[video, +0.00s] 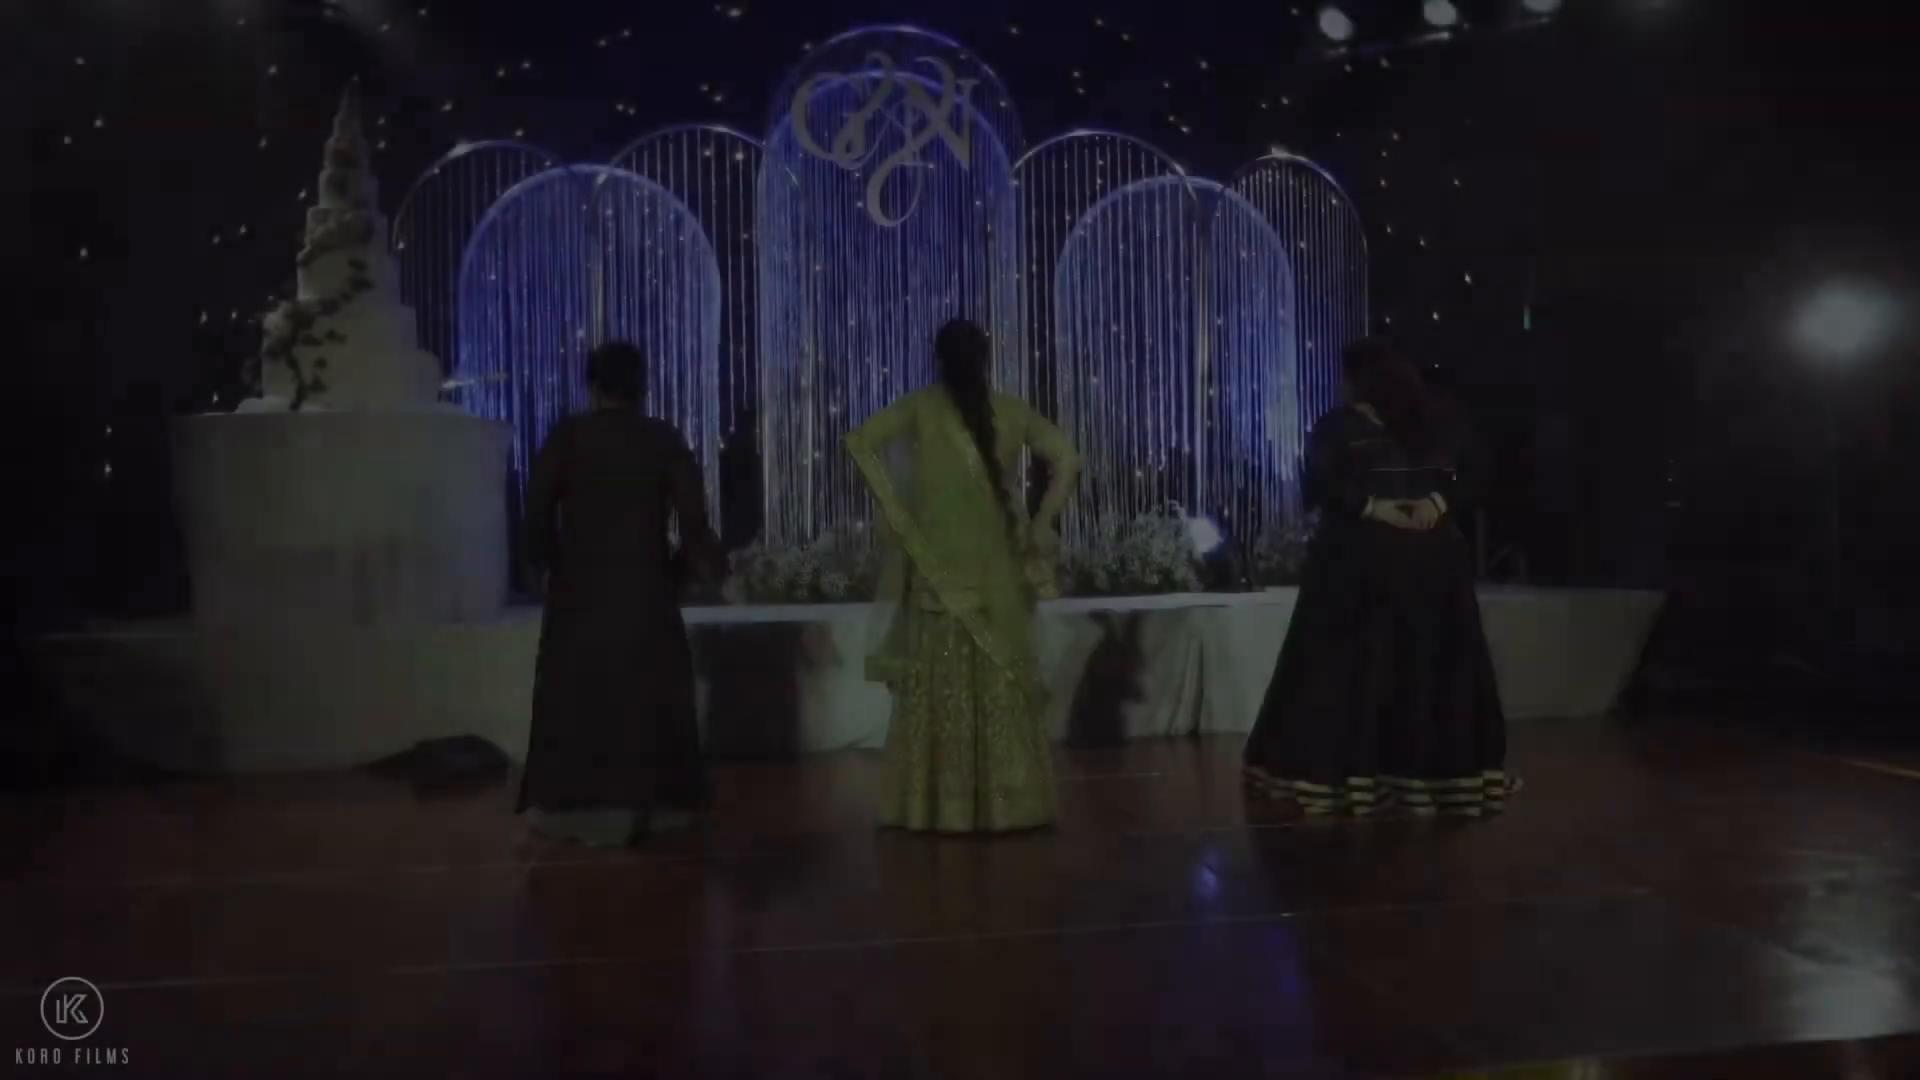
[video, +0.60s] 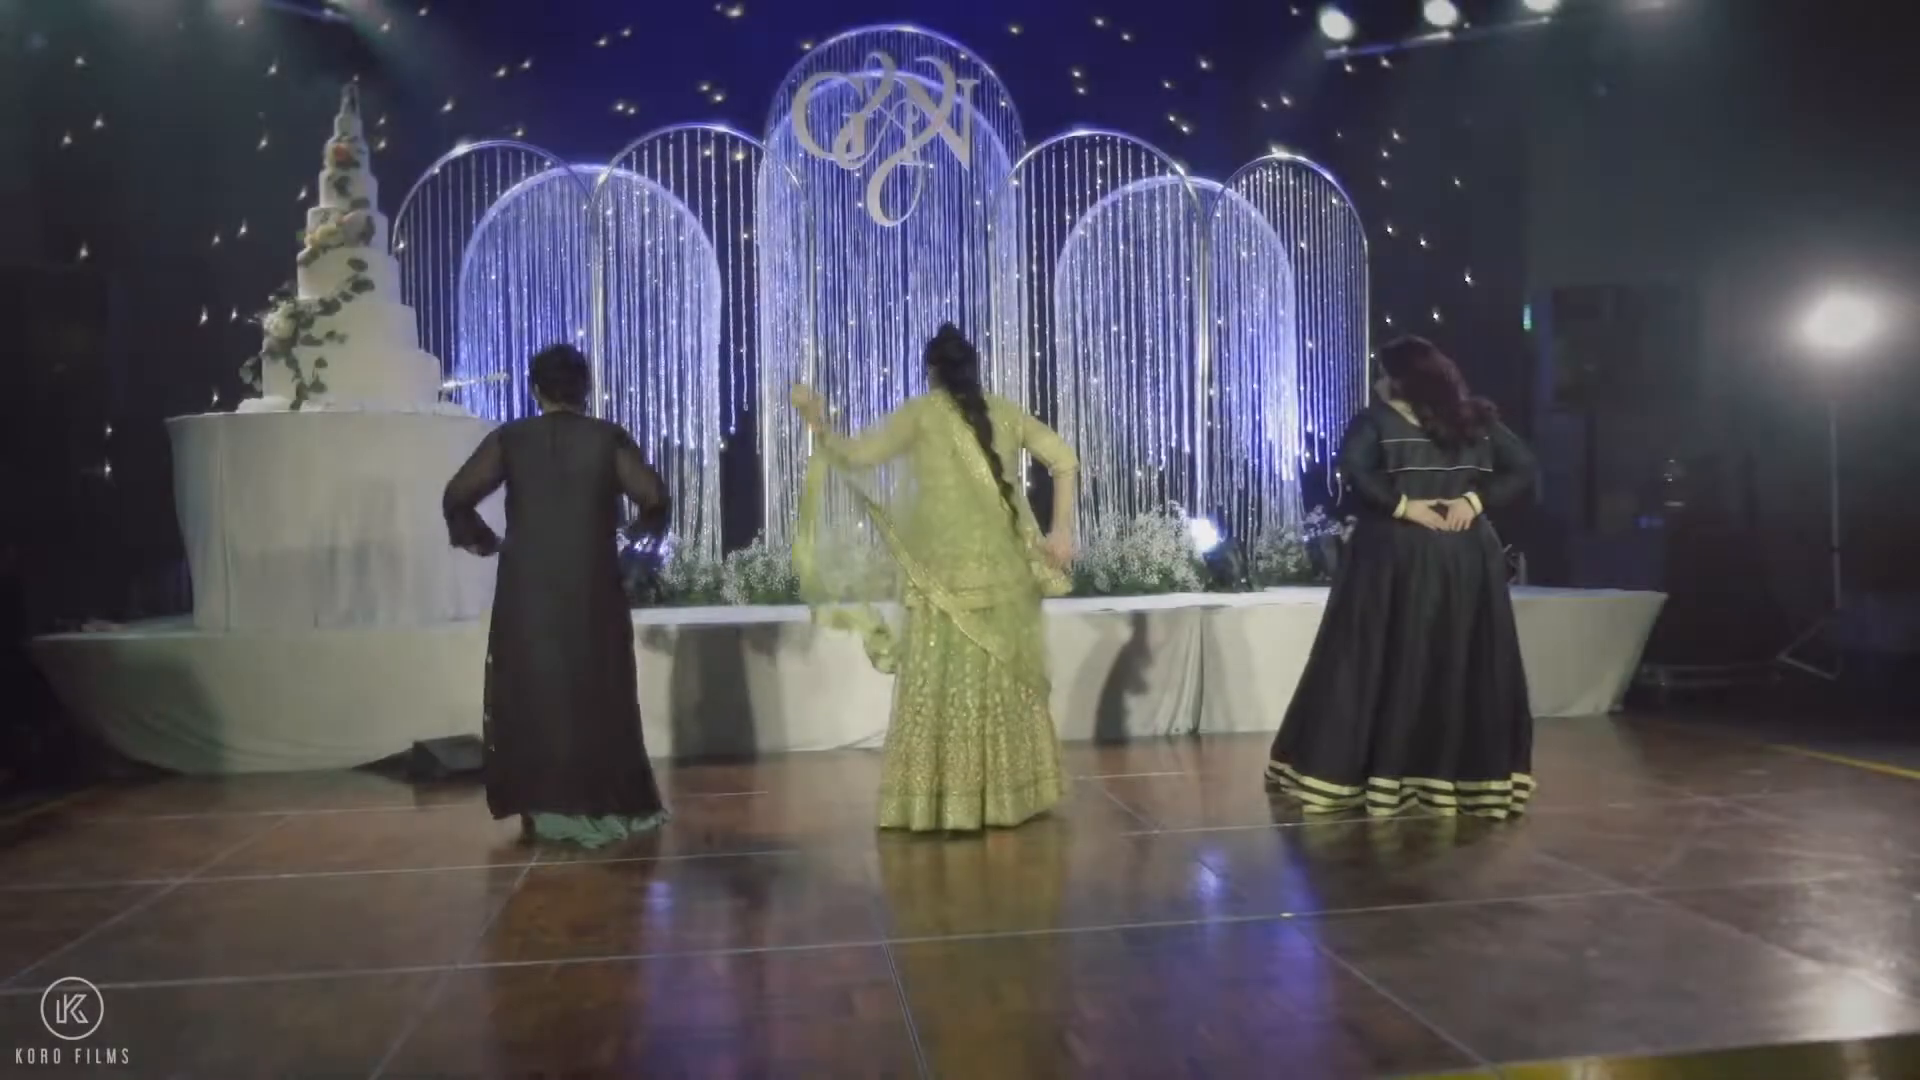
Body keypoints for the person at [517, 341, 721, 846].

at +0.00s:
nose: (612, 394)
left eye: (603, 382)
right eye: (626, 382)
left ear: (592, 385)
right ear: (642, 386)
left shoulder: (565, 437)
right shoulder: (665, 440)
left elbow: (537, 517)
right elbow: (694, 527)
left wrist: (559, 566)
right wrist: (675, 575)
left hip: (580, 593)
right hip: (644, 592)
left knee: (577, 700)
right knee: (650, 697)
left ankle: (571, 809)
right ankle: (651, 807)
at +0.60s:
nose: (555, 394)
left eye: (542, 386)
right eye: (573, 384)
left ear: (536, 391)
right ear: (585, 388)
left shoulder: (511, 437)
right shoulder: (609, 439)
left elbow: (457, 497)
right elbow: (654, 497)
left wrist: (478, 537)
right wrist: (645, 528)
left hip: (528, 588)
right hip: (590, 588)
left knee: (533, 696)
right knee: (595, 694)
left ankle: (540, 808)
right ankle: (600, 806)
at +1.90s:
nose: (594, 397)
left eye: (589, 390)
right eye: (593, 390)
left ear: (542, 393)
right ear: (587, 391)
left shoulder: (513, 433)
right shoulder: (614, 440)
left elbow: (440, 450)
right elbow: (688, 446)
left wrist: (376, 463)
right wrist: (696, 387)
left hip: (525, 588)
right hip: (591, 590)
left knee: (533, 694)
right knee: (596, 692)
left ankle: (539, 809)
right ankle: (596, 810)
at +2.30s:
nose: (598, 393)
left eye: (593, 385)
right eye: (593, 385)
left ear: (541, 391)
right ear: (581, 391)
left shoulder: (522, 433)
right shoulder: (609, 438)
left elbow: (486, 384)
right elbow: (656, 396)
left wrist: (490, 318)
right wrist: (645, 331)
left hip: (531, 578)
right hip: (592, 579)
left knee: (535, 689)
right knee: (600, 688)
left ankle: (539, 805)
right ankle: (602, 805)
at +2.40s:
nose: (598, 392)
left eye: (593, 385)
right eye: (593, 385)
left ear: (541, 392)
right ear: (582, 392)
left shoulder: (520, 434)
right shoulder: (607, 437)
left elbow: (493, 386)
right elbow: (647, 397)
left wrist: (515, 327)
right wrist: (624, 333)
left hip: (530, 575)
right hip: (591, 576)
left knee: (534, 685)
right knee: (599, 685)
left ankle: (536, 804)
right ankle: (601, 806)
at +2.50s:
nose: (595, 394)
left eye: (591, 386)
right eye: (590, 387)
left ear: (539, 393)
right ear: (577, 394)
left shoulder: (519, 435)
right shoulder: (605, 438)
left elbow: (501, 388)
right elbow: (637, 400)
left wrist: (529, 346)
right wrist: (607, 339)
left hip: (530, 577)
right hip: (589, 578)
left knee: (533, 685)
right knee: (597, 685)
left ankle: (536, 803)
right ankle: (598, 805)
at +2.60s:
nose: (589, 400)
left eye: (584, 389)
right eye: (585, 391)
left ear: (535, 395)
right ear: (579, 397)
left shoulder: (517, 437)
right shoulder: (603, 440)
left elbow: (502, 387)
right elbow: (633, 396)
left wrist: (556, 351)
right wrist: (602, 360)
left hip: (528, 581)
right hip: (589, 582)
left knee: (533, 689)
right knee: (594, 690)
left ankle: (538, 807)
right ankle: (595, 808)